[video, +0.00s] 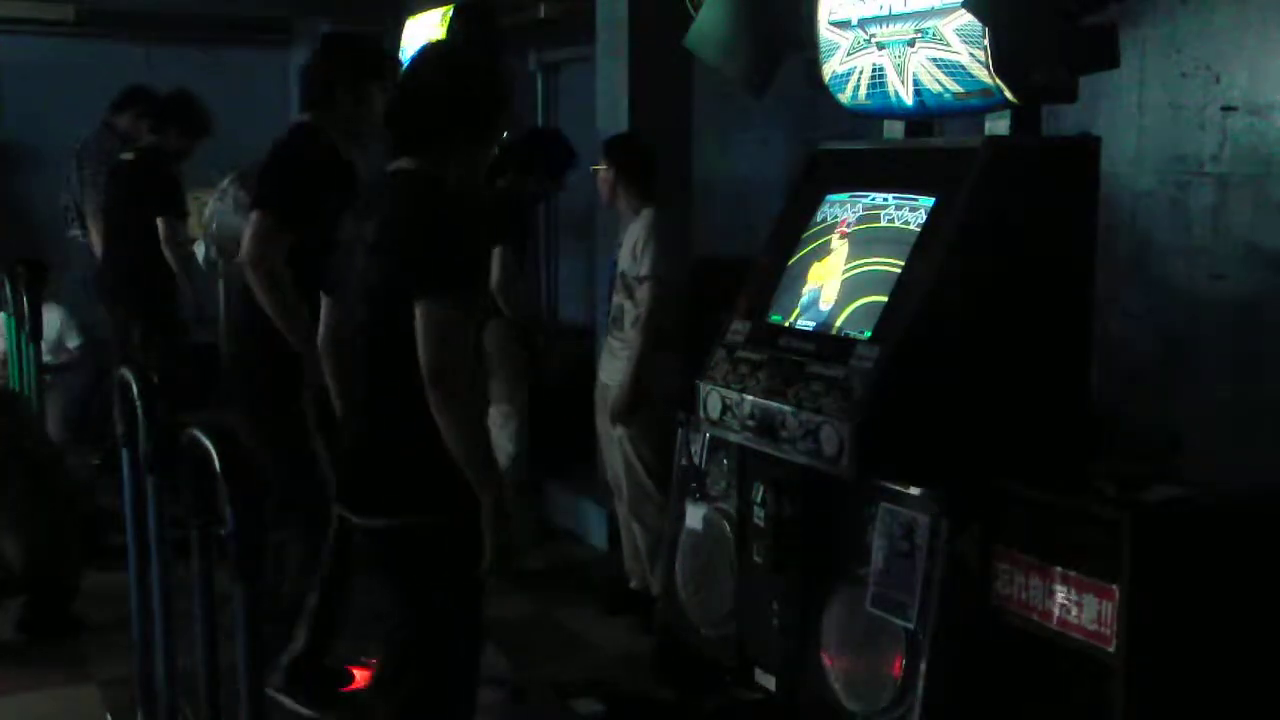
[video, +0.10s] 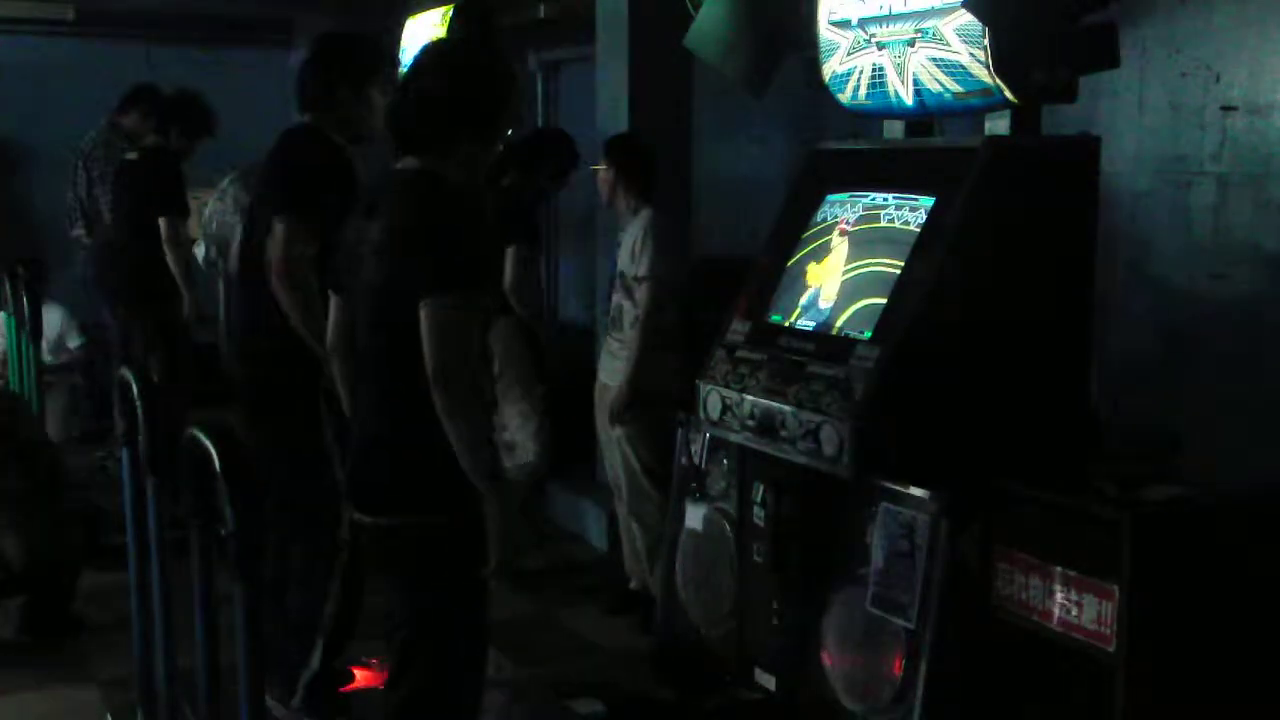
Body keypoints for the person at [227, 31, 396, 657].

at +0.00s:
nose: (386, 105)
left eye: (386, 90)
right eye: (380, 90)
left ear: (323, 87)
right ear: (351, 91)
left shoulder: (320, 152)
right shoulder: (308, 152)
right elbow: (259, 256)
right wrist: (307, 343)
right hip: (287, 375)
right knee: (311, 506)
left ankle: (302, 656)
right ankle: (298, 662)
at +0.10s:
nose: (388, 101)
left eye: (387, 86)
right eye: (381, 87)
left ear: (317, 89)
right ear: (350, 92)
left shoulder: (295, 150)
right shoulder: (319, 154)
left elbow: (271, 262)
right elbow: (288, 267)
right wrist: (336, 360)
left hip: (275, 373)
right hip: (294, 378)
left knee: (290, 519)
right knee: (316, 522)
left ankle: (288, 673)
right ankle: (299, 680)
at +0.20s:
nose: (384, 132)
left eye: (382, 117)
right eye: (378, 117)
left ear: (300, 115)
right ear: (352, 120)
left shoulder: (249, 183)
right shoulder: (342, 192)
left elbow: (218, 296)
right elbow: (324, 311)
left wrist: (245, 363)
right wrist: (354, 396)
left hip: (253, 388)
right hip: (311, 394)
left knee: (262, 533)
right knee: (320, 535)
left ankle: (271, 677)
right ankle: (313, 678)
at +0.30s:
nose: (388, 122)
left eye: (386, 106)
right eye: (382, 107)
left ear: (302, 108)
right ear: (359, 113)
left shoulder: (247, 183)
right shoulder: (368, 190)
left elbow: (207, 295)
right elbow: (369, 308)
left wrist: (229, 373)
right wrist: (375, 397)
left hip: (258, 399)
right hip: (334, 402)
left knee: (267, 546)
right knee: (331, 545)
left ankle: (274, 686)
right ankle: (317, 680)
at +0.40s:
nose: (391, 108)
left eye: (389, 93)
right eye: (384, 93)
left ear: (304, 93)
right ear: (359, 96)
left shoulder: (245, 163)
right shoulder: (375, 172)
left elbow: (197, 271)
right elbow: (378, 295)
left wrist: (214, 357)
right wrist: (379, 386)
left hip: (252, 385)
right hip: (336, 391)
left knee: (261, 542)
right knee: (325, 546)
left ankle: (265, 690)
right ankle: (299, 692)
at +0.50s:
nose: (390, 111)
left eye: (389, 96)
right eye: (384, 96)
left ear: (301, 92)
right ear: (362, 98)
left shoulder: (238, 167)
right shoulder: (371, 174)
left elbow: (191, 278)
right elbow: (369, 298)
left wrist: (205, 362)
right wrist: (376, 390)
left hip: (243, 387)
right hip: (327, 391)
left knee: (255, 542)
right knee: (322, 545)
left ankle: (257, 687)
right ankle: (305, 690)